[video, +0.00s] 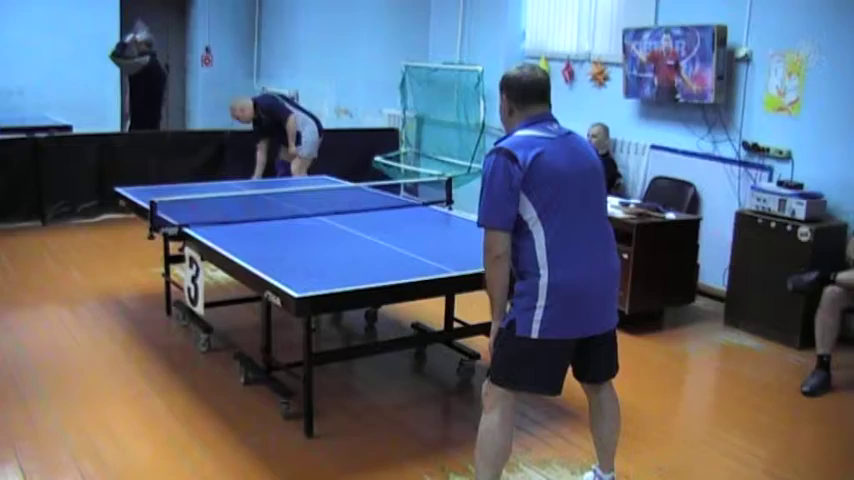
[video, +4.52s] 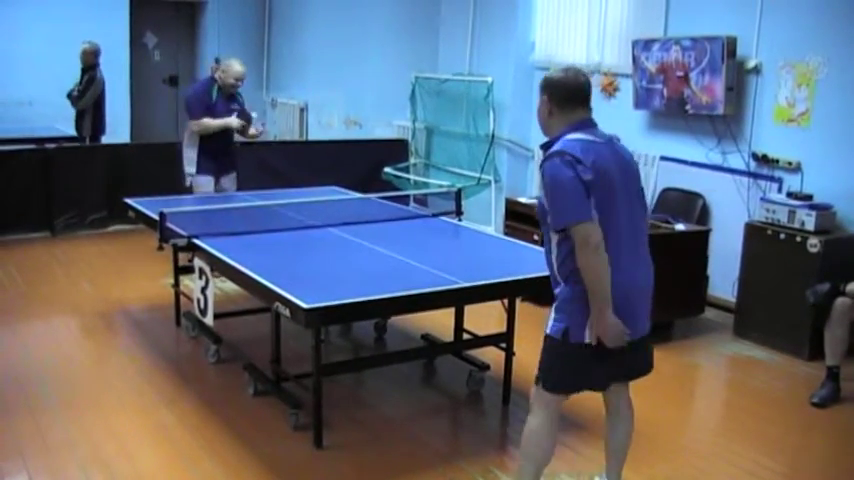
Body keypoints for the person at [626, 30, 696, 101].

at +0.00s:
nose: (667, 43)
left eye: (668, 40)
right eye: (665, 40)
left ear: (671, 41)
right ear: (661, 41)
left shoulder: (674, 54)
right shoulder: (656, 53)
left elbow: (680, 72)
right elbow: (645, 60)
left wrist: (691, 86)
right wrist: (635, 50)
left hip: (671, 85)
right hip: (659, 85)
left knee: (672, 108)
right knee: (659, 108)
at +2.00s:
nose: (670, 50)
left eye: (671, 47)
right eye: (668, 47)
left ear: (675, 48)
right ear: (664, 48)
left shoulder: (677, 62)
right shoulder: (659, 61)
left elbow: (684, 80)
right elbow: (648, 68)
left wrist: (694, 93)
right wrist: (637, 57)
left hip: (675, 94)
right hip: (662, 94)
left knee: (677, 120)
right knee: (663, 120)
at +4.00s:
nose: (675, 54)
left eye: (676, 51)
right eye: (673, 52)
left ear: (680, 52)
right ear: (669, 52)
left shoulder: (683, 66)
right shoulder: (664, 65)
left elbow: (688, 84)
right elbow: (653, 72)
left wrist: (700, 97)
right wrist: (643, 62)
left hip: (680, 98)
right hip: (668, 98)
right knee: (668, 124)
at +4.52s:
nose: (676, 54)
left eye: (678, 51)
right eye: (674, 51)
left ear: (681, 52)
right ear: (670, 52)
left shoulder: (684, 66)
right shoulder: (665, 65)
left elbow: (689, 84)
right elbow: (654, 72)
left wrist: (701, 97)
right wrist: (644, 62)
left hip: (681, 98)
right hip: (669, 98)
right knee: (669, 122)